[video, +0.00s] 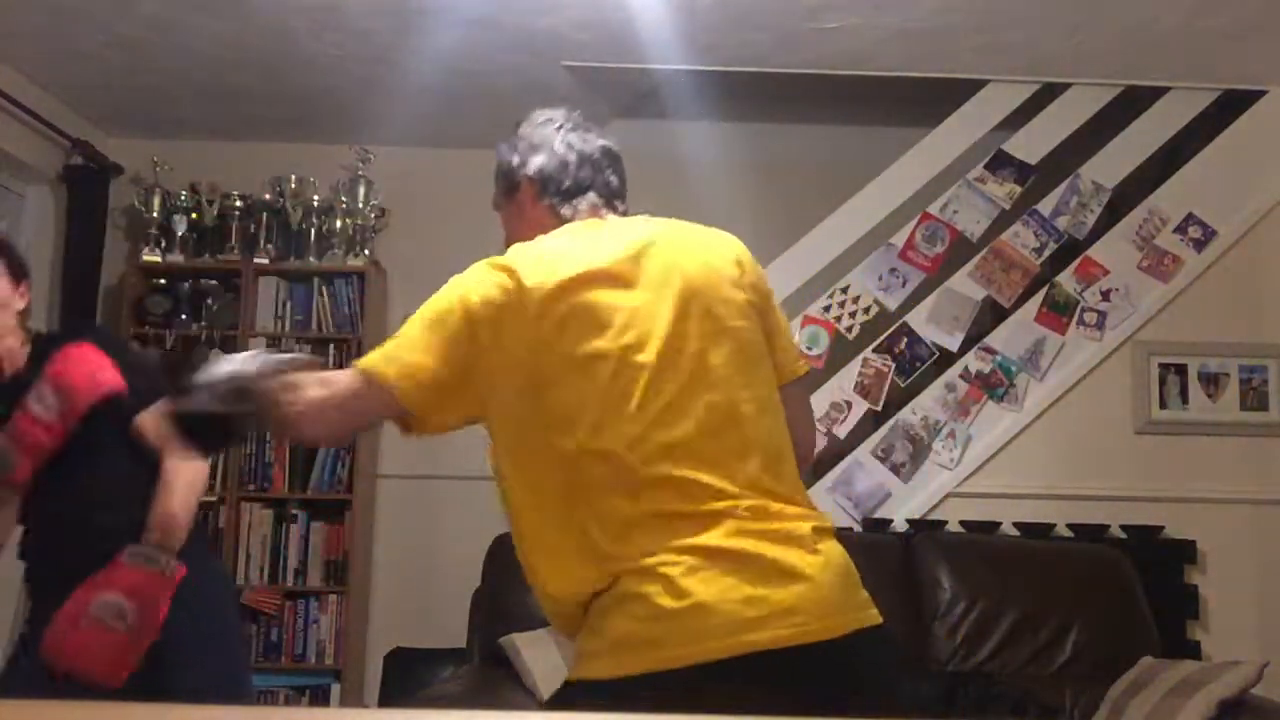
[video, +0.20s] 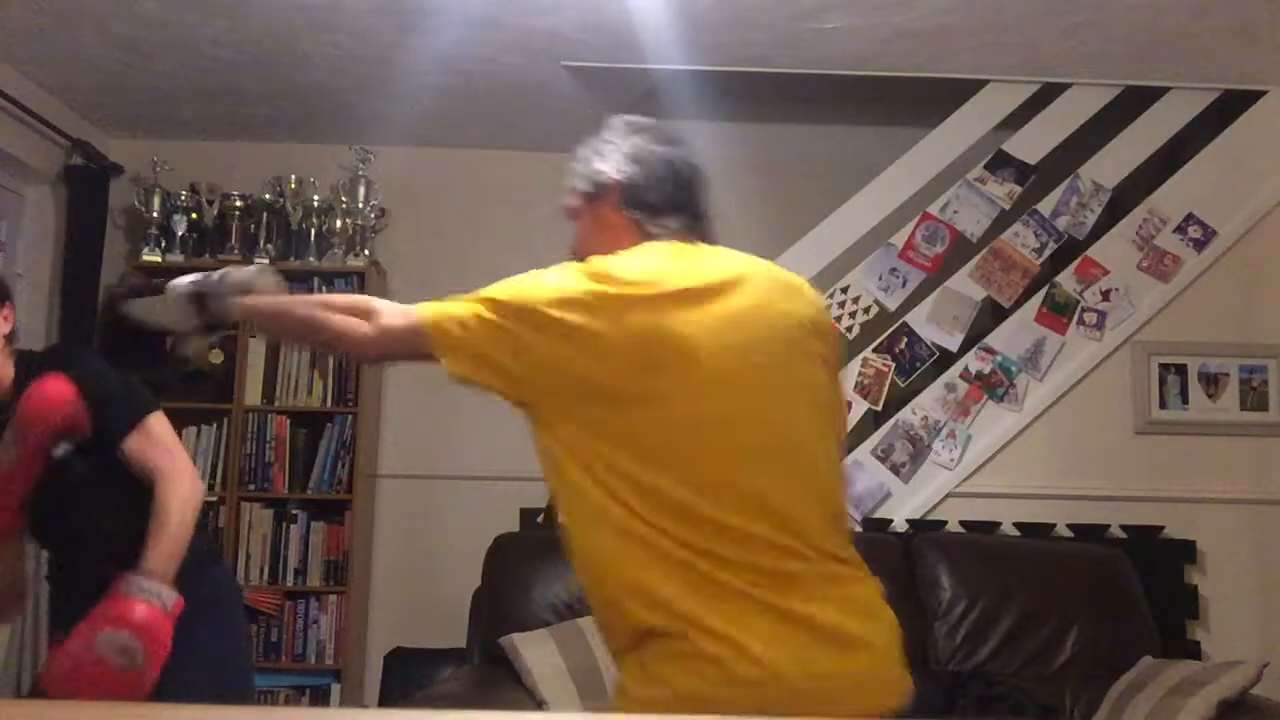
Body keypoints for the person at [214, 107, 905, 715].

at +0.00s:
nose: (507, 231)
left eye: (506, 207)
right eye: (504, 210)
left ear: (531, 193)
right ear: (614, 189)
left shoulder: (504, 286)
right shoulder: (726, 255)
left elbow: (322, 413)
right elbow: (799, 443)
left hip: (655, 654)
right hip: (831, 632)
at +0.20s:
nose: (575, 240)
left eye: (576, 220)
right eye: (575, 222)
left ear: (610, 208)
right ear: (690, 212)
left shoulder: (575, 302)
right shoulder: (801, 300)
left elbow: (367, 331)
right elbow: (823, 454)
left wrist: (234, 303)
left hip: (700, 688)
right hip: (863, 674)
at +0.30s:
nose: (644, 219)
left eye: (650, 199)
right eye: (645, 201)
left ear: (695, 187)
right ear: (756, 191)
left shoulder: (646, 288)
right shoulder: (868, 285)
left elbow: (438, 355)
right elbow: (894, 448)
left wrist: (320, 318)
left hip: (749, 679)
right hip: (915, 670)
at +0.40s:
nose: (710, 199)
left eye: (716, 176)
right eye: (709, 178)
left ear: (758, 163)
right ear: (830, 167)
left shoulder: (731, 251)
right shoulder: (933, 252)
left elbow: (603, 382)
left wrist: (503, 340)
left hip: (836, 658)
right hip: (1008, 649)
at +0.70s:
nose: (822, 208)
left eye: (828, 180)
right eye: (819, 188)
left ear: (878, 164)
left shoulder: (878, 252)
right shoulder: (1044, 249)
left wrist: (730, 389)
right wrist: (887, 450)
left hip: (976, 654)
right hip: (1134, 650)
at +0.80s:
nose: (818, 214)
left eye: (825, 187)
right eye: (818, 192)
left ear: (874, 171)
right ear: (938, 170)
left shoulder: (870, 255)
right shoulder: (1043, 251)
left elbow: (702, 350)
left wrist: (583, 288)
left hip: (967, 659)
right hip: (1127, 656)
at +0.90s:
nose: (814, 230)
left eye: (817, 208)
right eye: (813, 212)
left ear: (864, 190)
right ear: (922, 190)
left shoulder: (858, 279)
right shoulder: (1040, 285)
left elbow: (644, 307)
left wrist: (472, 269)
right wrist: (824, 360)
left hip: (974, 677)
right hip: (1123, 664)